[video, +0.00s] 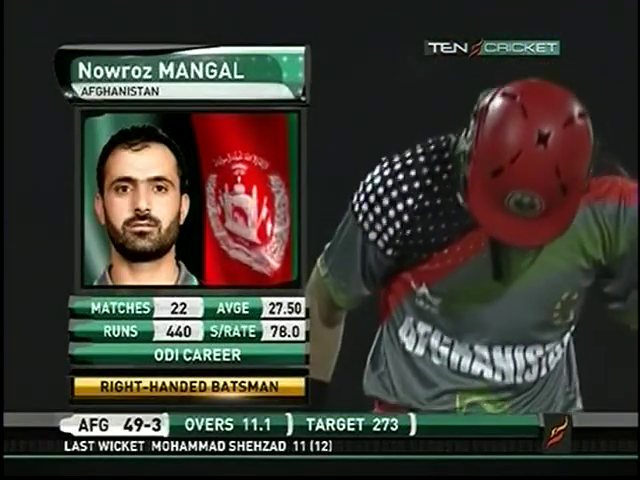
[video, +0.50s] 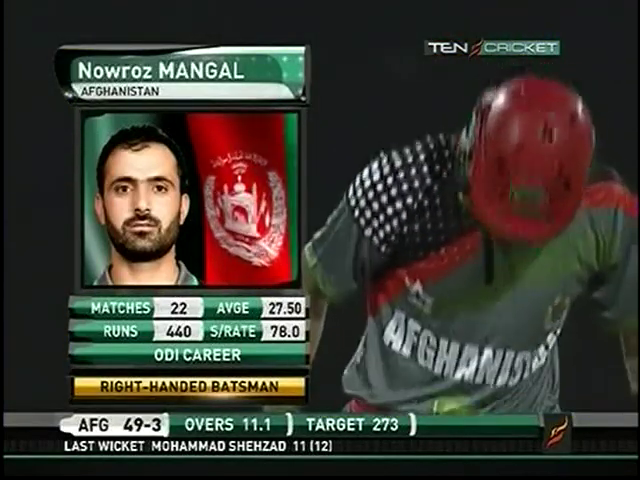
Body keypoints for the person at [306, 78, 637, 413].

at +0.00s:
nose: (517, 241)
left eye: (536, 224)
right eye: (501, 219)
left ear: (577, 183)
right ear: (471, 166)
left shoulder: (616, 209)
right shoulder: (399, 194)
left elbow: (630, 310)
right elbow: (326, 305)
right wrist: (307, 414)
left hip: (539, 427)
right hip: (413, 426)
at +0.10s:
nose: (508, 258)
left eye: (529, 247)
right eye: (495, 239)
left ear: (571, 195)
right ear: (466, 183)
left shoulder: (612, 214)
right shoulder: (395, 203)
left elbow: (628, 317)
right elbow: (322, 307)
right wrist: (303, 414)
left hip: (536, 408)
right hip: (411, 406)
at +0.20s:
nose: (498, 271)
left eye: (518, 261)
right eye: (485, 254)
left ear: (566, 212)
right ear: (460, 192)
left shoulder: (611, 225)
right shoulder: (391, 209)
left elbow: (628, 324)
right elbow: (318, 309)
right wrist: (291, 414)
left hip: (532, 425)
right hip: (403, 420)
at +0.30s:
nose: (497, 276)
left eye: (518, 264)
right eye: (486, 259)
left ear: (566, 216)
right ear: (459, 196)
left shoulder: (606, 227)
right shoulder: (388, 208)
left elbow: (632, 319)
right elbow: (315, 302)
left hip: (526, 425)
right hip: (395, 418)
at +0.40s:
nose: (506, 264)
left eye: (526, 255)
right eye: (494, 247)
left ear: (571, 205)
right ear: (464, 188)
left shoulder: (608, 225)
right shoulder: (390, 203)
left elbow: (635, 335)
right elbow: (311, 297)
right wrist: (280, 407)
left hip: (523, 427)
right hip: (390, 419)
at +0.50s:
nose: (518, 234)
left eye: (536, 221)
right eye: (505, 215)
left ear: (575, 183)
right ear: (473, 163)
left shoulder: (607, 214)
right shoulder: (398, 189)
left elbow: (634, 338)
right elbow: (312, 291)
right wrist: (278, 412)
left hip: (524, 438)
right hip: (390, 434)